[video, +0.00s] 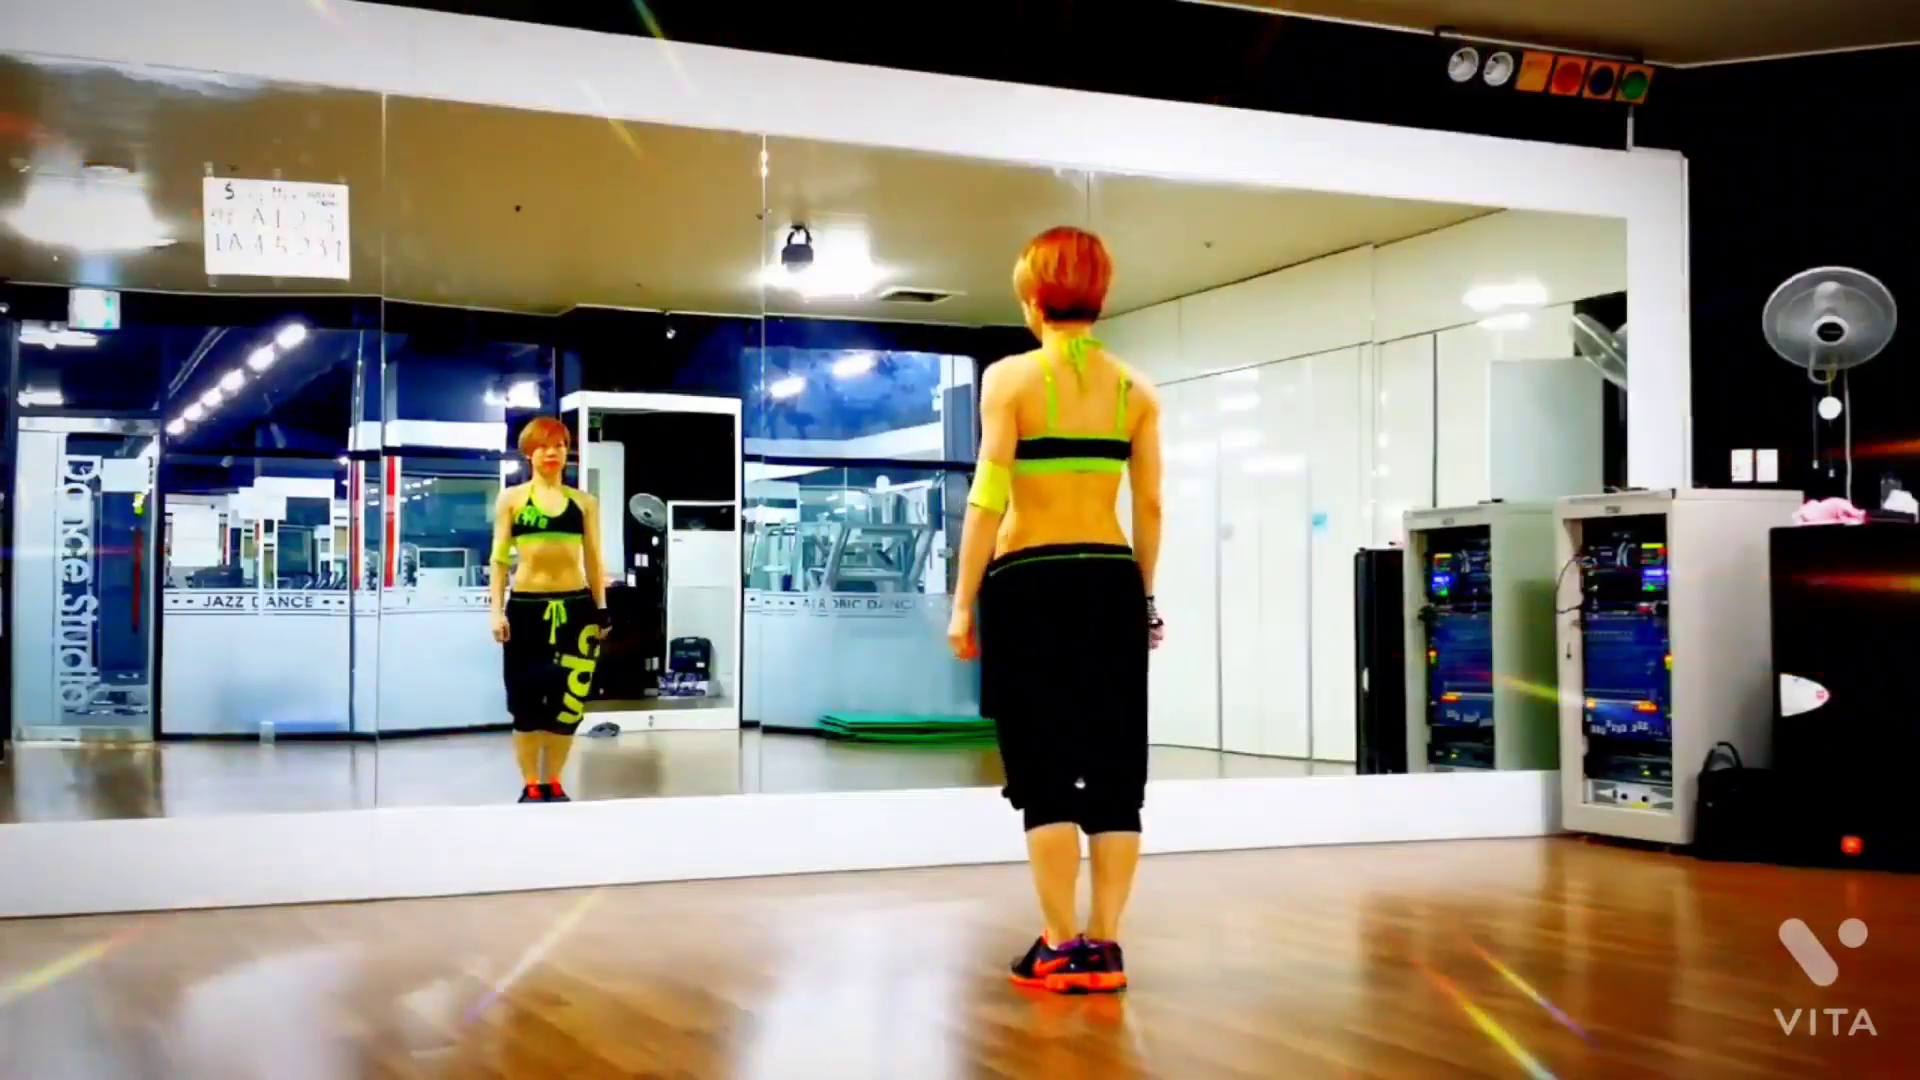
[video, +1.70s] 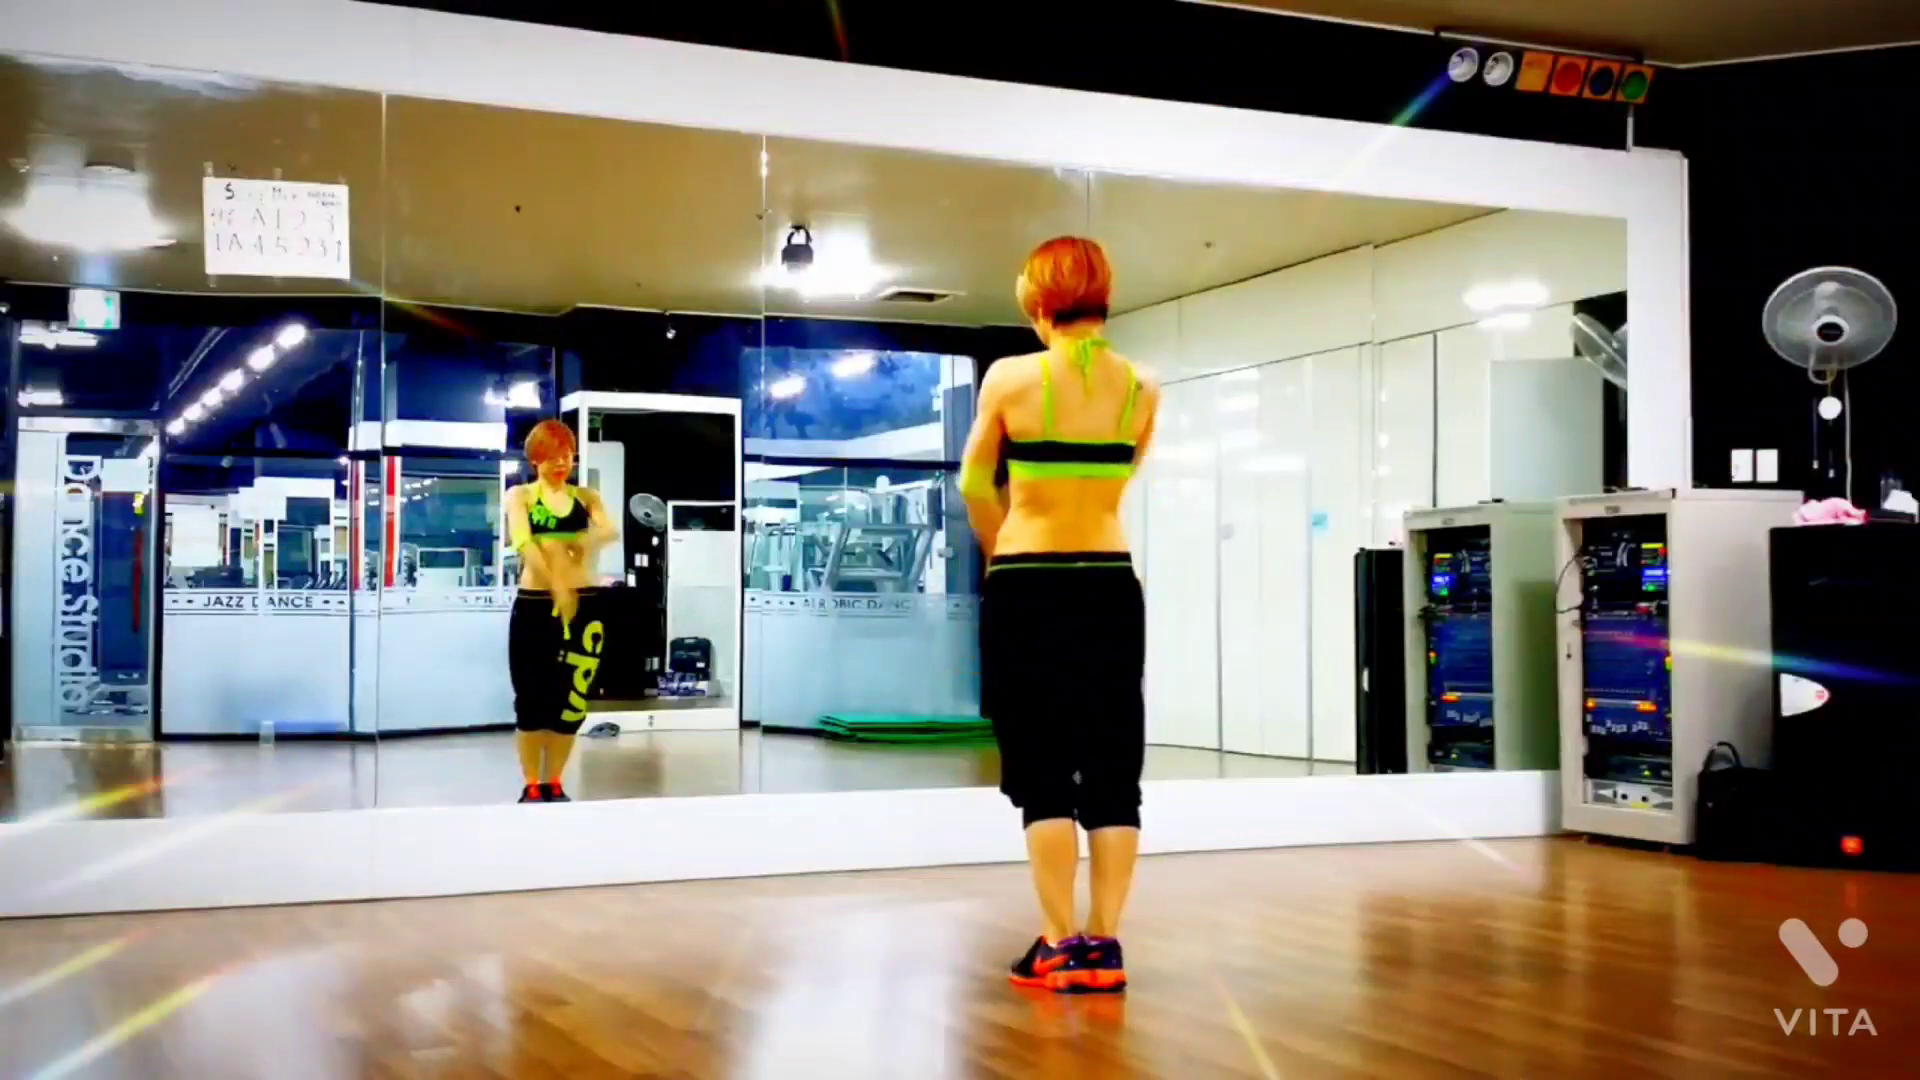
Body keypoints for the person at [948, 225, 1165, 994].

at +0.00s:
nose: (1024, 305)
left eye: (1025, 293)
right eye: (1035, 293)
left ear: (1031, 299)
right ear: (1100, 297)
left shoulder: (1009, 379)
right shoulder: (1134, 388)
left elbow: (990, 498)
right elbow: (1149, 505)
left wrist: (964, 601)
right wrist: (1143, 590)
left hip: (1026, 587)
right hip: (1111, 586)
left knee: (1041, 764)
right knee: (1117, 762)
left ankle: (1060, 940)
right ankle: (1104, 942)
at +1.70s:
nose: (1027, 311)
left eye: (1029, 301)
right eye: (1038, 300)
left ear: (1035, 305)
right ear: (1105, 301)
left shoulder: (1009, 378)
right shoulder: (1140, 389)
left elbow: (976, 488)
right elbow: (1123, 477)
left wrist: (1009, 548)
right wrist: (1057, 531)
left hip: (1025, 591)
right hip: (1108, 589)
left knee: (1040, 764)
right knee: (1114, 766)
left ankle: (1059, 939)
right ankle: (1103, 941)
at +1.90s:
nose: (1019, 306)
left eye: (1021, 295)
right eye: (1025, 294)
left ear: (1030, 299)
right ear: (1096, 296)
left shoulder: (1019, 361)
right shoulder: (1134, 367)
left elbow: (945, 370)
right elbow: (1135, 349)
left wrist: (980, 349)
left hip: (1030, 584)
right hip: (1114, 582)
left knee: (1041, 767)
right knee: (1119, 765)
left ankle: (1061, 939)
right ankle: (1105, 944)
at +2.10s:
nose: (1011, 312)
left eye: (1018, 301)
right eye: (1016, 300)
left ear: (1029, 310)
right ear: (1097, 307)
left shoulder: (1006, 381)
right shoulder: (1126, 381)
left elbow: (979, 380)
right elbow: (1098, 376)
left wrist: (1007, 318)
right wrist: (1061, 322)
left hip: (1036, 585)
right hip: (1121, 584)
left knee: (1036, 766)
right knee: (1106, 774)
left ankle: (1061, 939)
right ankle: (1103, 944)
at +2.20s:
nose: (1014, 318)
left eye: (1020, 307)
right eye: (1020, 305)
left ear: (1031, 319)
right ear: (1098, 320)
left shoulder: (998, 395)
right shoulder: (1124, 398)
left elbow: (994, 457)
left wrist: (1005, 361)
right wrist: (1030, 360)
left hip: (1039, 602)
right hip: (1123, 599)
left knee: (1026, 780)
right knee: (1092, 787)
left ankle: (1061, 941)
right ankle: (1102, 944)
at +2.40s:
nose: (1029, 391)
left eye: (1031, 381)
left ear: (1030, 392)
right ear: (1101, 393)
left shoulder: (997, 470)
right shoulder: (1130, 477)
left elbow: (983, 595)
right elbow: (1104, 579)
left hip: (1033, 666)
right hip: (1118, 665)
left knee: (1010, 819)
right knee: (1072, 818)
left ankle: (1059, 941)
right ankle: (1099, 944)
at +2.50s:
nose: (1040, 373)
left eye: (1038, 361)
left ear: (1033, 371)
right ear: (1106, 375)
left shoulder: (998, 447)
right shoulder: (1128, 460)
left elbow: (953, 563)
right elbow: (1146, 569)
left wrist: (917, 654)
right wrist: (1143, 637)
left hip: (1030, 645)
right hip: (1114, 646)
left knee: (1014, 808)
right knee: (1075, 809)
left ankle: (1061, 941)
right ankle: (1101, 944)